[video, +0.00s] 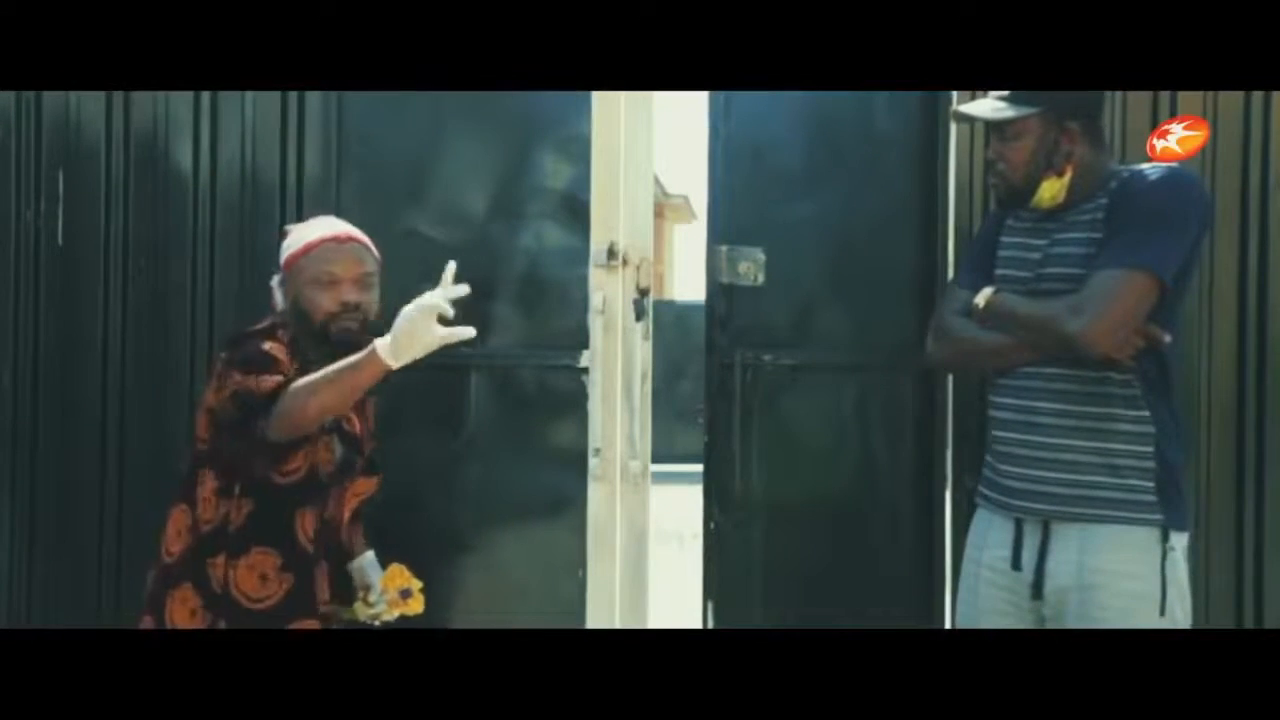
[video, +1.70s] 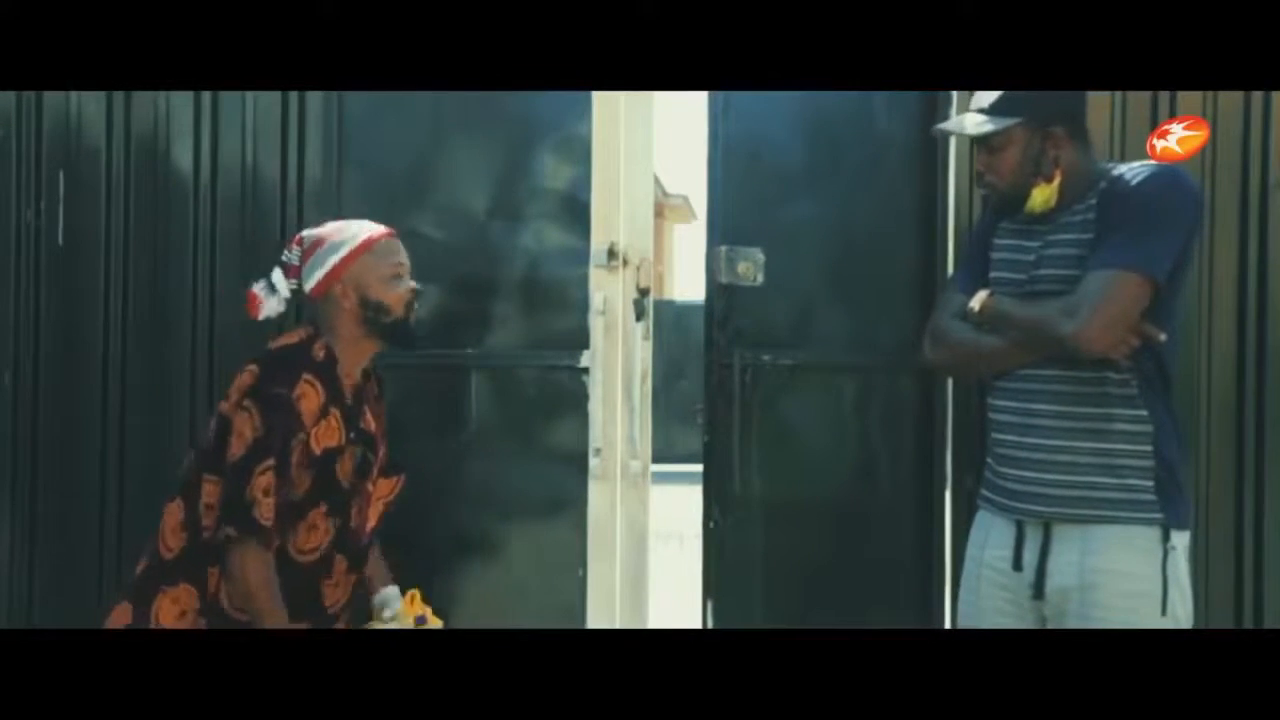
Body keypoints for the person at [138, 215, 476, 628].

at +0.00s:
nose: (351, 299)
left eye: (364, 283)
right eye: (327, 283)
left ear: (380, 292)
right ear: (286, 294)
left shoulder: (356, 370)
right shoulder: (254, 357)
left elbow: (342, 497)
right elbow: (278, 419)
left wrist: (367, 575)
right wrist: (389, 352)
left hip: (306, 600)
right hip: (220, 605)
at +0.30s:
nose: (345, 297)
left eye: (359, 282)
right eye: (323, 282)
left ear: (373, 289)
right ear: (282, 292)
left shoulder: (361, 372)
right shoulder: (248, 354)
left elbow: (351, 499)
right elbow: (241, 434)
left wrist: (388, 581)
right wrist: (340, 367)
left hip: (321, 594)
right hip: (233, 593)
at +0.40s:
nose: (378, 291)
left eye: (377, 276)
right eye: (354, 277)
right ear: (298, 291)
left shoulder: (356, 377)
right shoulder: (243, 366)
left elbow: (349, 500)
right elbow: (218, 453)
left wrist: (384, 579)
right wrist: (351, 420)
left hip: (314, 605)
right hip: (218, 606)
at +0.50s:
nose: (385, 285)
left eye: (380, 271)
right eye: (364, 273)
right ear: (309, 286)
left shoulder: (356, 374)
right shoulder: (241, 366)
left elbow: (353, 499)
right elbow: (219, 490)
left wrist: (374, 572)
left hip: (318, 602)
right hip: (225, 603)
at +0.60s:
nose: (389, 285)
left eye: (383, 270)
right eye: (369, 272)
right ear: (316, 286)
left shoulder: (351, 373)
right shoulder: (242, 373)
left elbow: (338, 510)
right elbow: (228, 518)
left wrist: (369, 584)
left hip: (298, 606)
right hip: (220, 607)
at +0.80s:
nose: (388, 276)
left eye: (381, 263)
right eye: (365, 265)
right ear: (314, 281)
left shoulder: (346, 379)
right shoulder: (254, 380)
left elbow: (335, 528)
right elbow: (244, 544)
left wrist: (349, 612)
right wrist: (269, 620)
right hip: (226, 611)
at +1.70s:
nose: (414, 290)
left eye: (409, 277)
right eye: (397, 278)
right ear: (345, 293)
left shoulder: (364, 387)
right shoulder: (283, 385)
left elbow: (355, 525)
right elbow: (246, 545)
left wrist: (392, 608)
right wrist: (277, 621)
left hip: (315, 607)